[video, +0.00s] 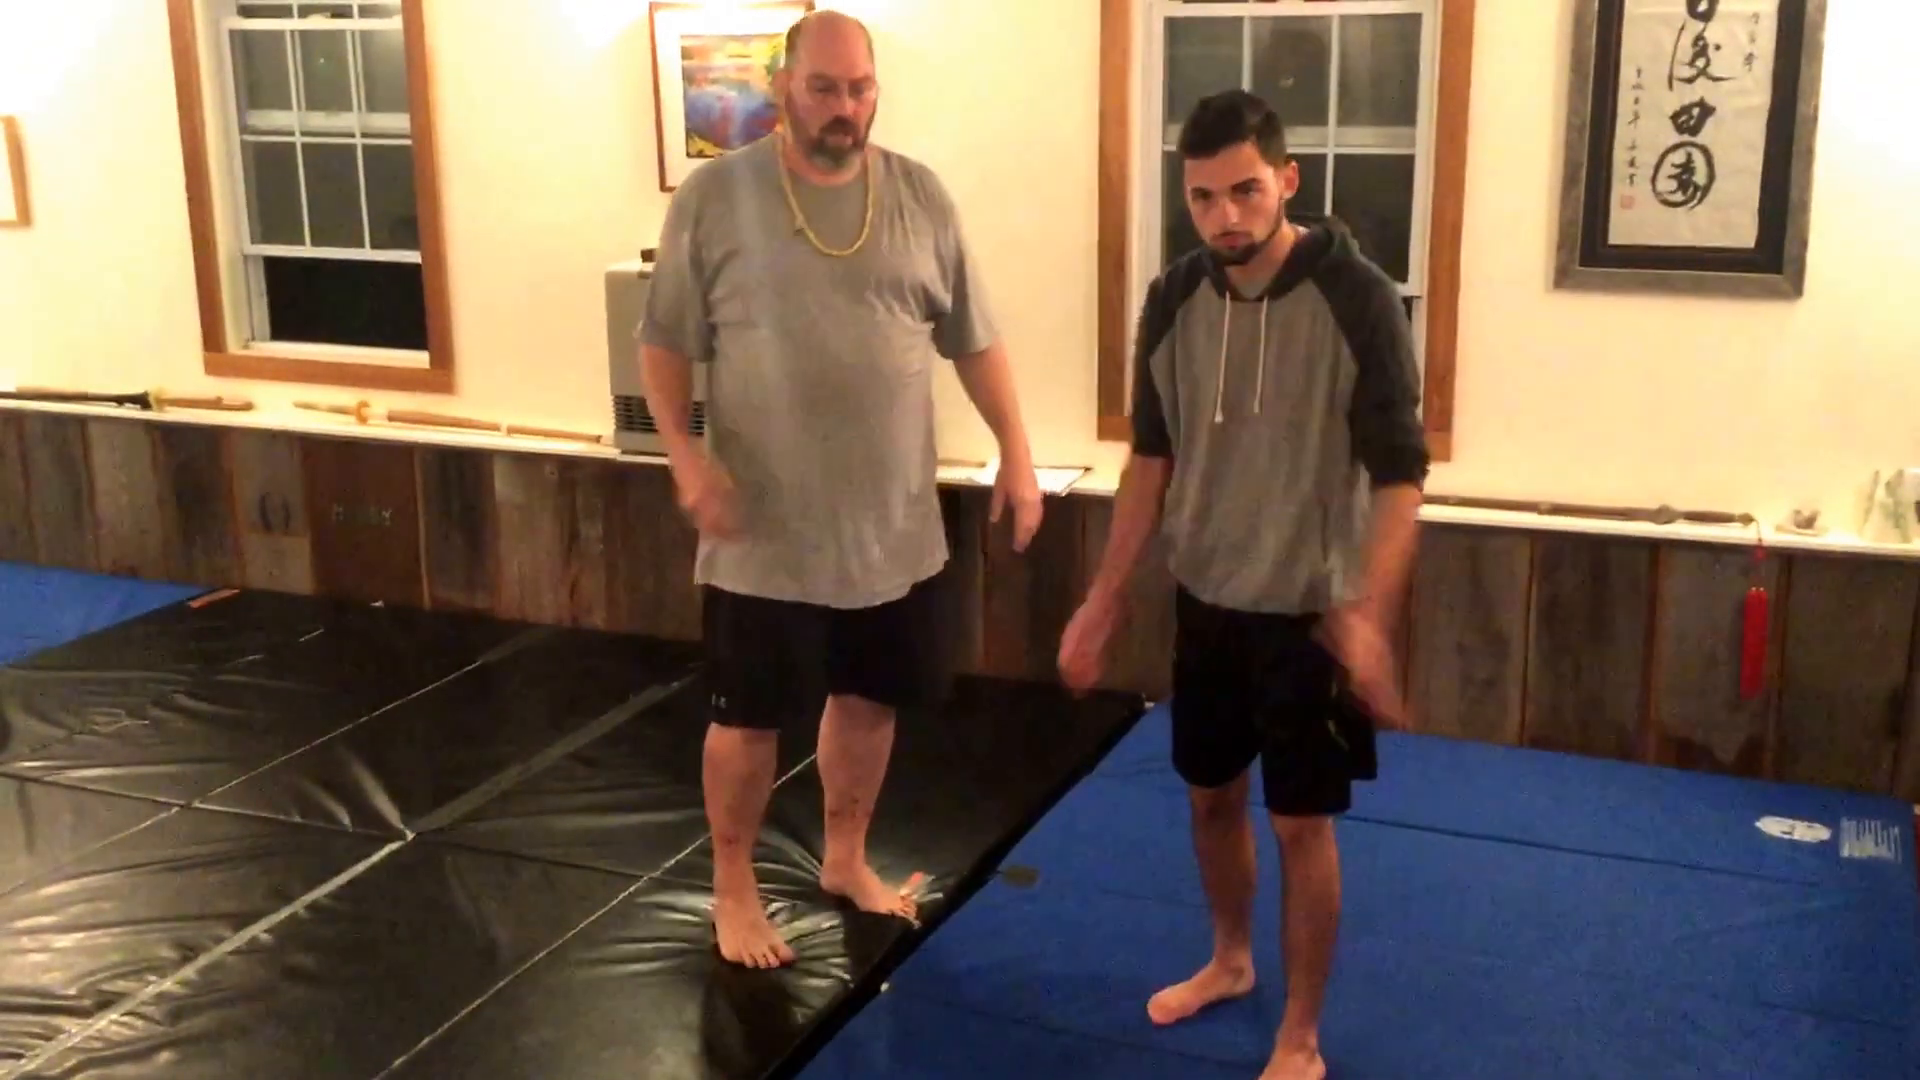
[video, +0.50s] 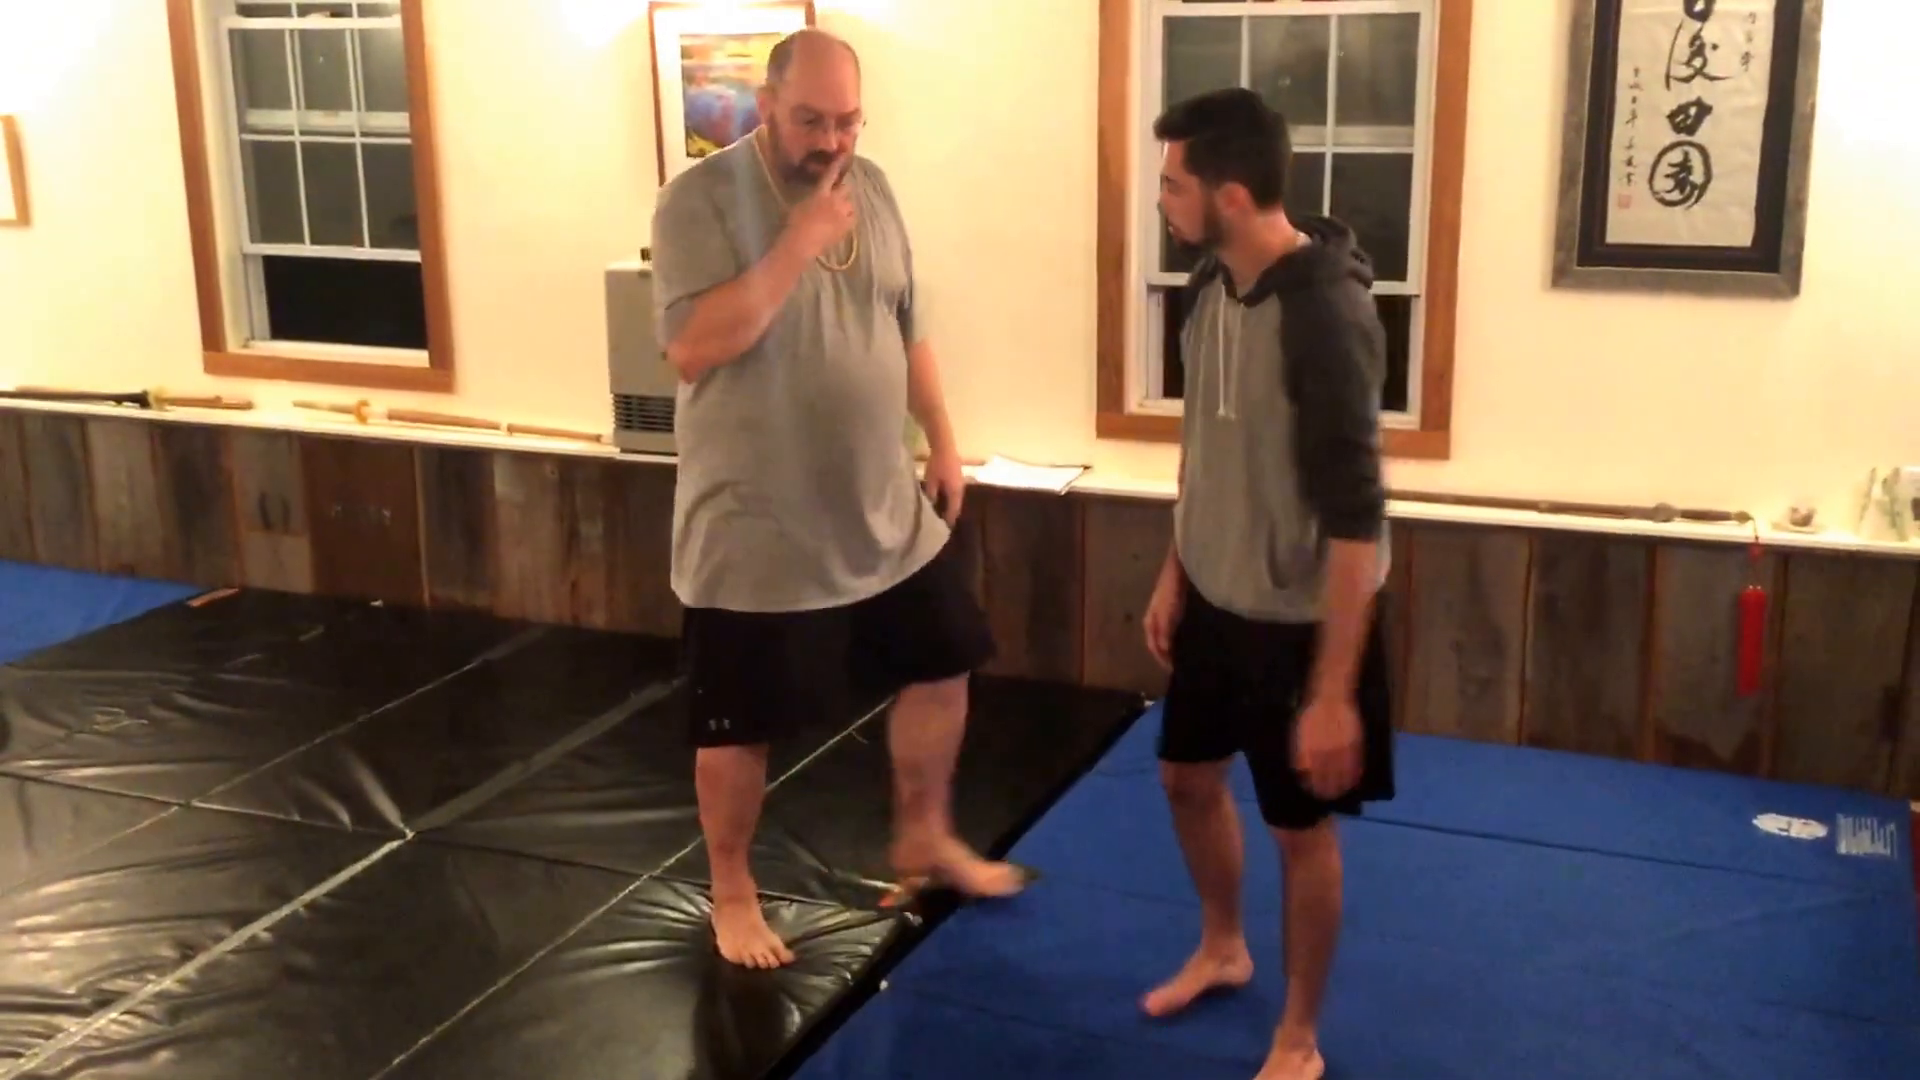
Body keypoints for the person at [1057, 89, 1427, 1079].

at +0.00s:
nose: (1225, 217)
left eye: (1243, 192)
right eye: (1204, 197)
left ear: (1287, 179)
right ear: (1184, 196)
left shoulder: (1356, 299)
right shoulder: (1176, 295)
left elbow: (1400, 472)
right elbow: (1149, 458)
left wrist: (1370, 609)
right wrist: (1104, 599)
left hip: (1311, 609)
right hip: (1207, 599)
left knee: (1300, 822)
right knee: (1214, 796)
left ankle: (1299, 1035)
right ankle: (1230, 962)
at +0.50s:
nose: (1163, 201)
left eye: (1174, 183)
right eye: (1164, 181)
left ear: (1232, 191)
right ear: (1228, 188)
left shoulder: (1324, 307)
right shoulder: (1213, 290)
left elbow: (1357, 517)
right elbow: (1211, 452)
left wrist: (1334, 693)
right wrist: (1173, 571)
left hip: (1298, 625)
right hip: (1213, 605)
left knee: (1303, 834)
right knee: (1188, 773)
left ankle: (1299, 1034)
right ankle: (1223, 948)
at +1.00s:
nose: (1151, 176)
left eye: (1159, 158)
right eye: (1152, 157)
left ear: (1201, 163)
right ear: (1226, 161)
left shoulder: (1249, 281)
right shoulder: (1274, 259)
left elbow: (1203, 479)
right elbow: (1253, 449)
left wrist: (1089, 606)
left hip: (1248, 581)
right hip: (1222, 573)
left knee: (1242, 803)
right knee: (1189, 756)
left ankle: (1288, 1028)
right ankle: (1204, 950)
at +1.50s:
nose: (1141, 207)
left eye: (1141, 186)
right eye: (1136, 189)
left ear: (1176, 176)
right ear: (1215, 171)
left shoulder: (1224, 280)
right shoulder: (1290, 261)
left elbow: (1198, 460)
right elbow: (1263, 436)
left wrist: (1149, 570)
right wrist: (1173, 545)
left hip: (1247, 571)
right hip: (1268, 556)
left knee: (1250, 800)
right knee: (1182, 748)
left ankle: (1320, 1042)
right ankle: (1199, 939)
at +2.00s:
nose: (1152, 211)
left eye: (1151, 191)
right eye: (1146, 193)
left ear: (1188, 181)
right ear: (1228, 174)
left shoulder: (1244, 293)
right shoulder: (1308, 265)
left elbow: (1250, 498)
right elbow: (1316, 438)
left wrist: (1214, 659)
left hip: (1273, 592)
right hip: (1292, 572)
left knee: (1275, 817)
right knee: (1200, 744)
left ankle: (1317, 1040)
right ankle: (1192, 929)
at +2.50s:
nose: (1156, 185)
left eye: (1162, 164)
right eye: (1156, 166)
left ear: (1207, 163)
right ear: (1238, 162)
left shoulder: (1242, 287)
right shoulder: (1299, 261)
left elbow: (1227, 477)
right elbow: (1289, 439)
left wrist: (1164, 605)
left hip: (1258, 582)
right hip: (1263, 567)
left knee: (1263, 807)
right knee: (1184, 744)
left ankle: (1315, 1031)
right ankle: (1184, 919)